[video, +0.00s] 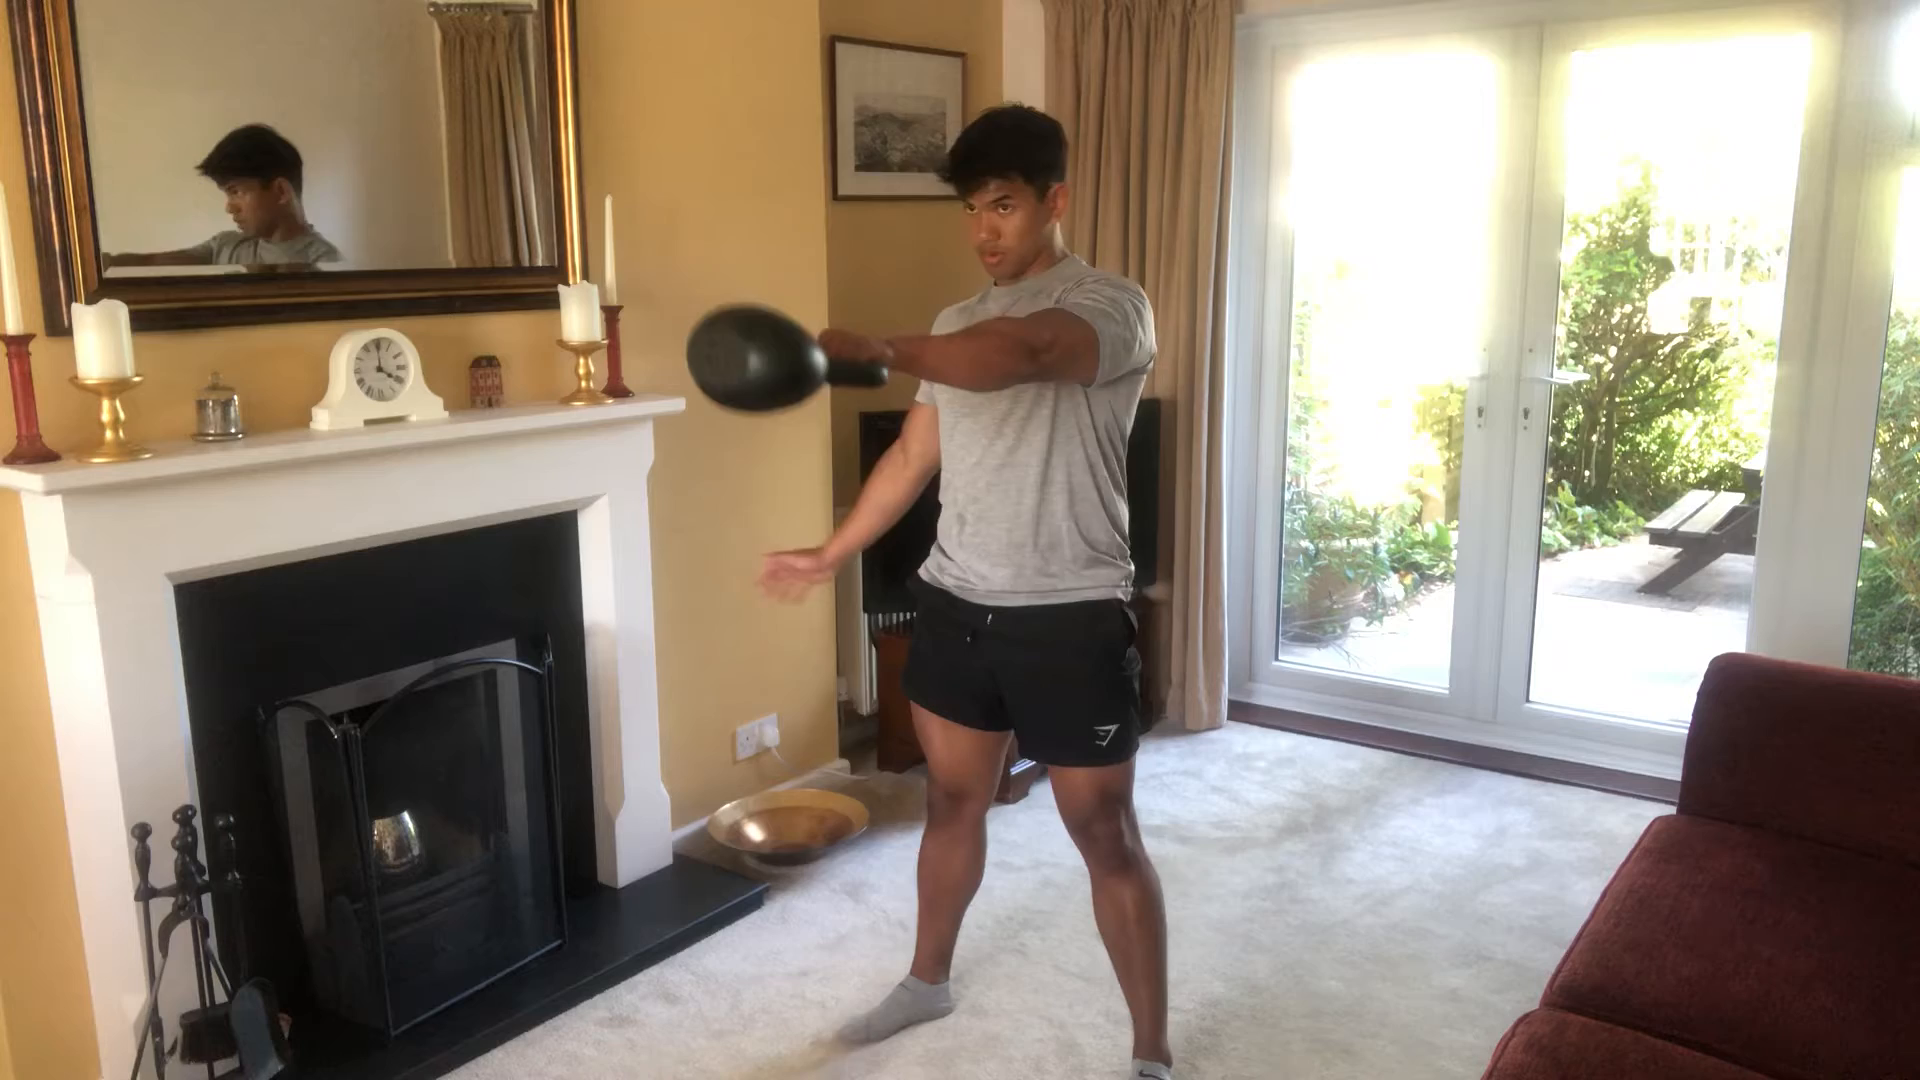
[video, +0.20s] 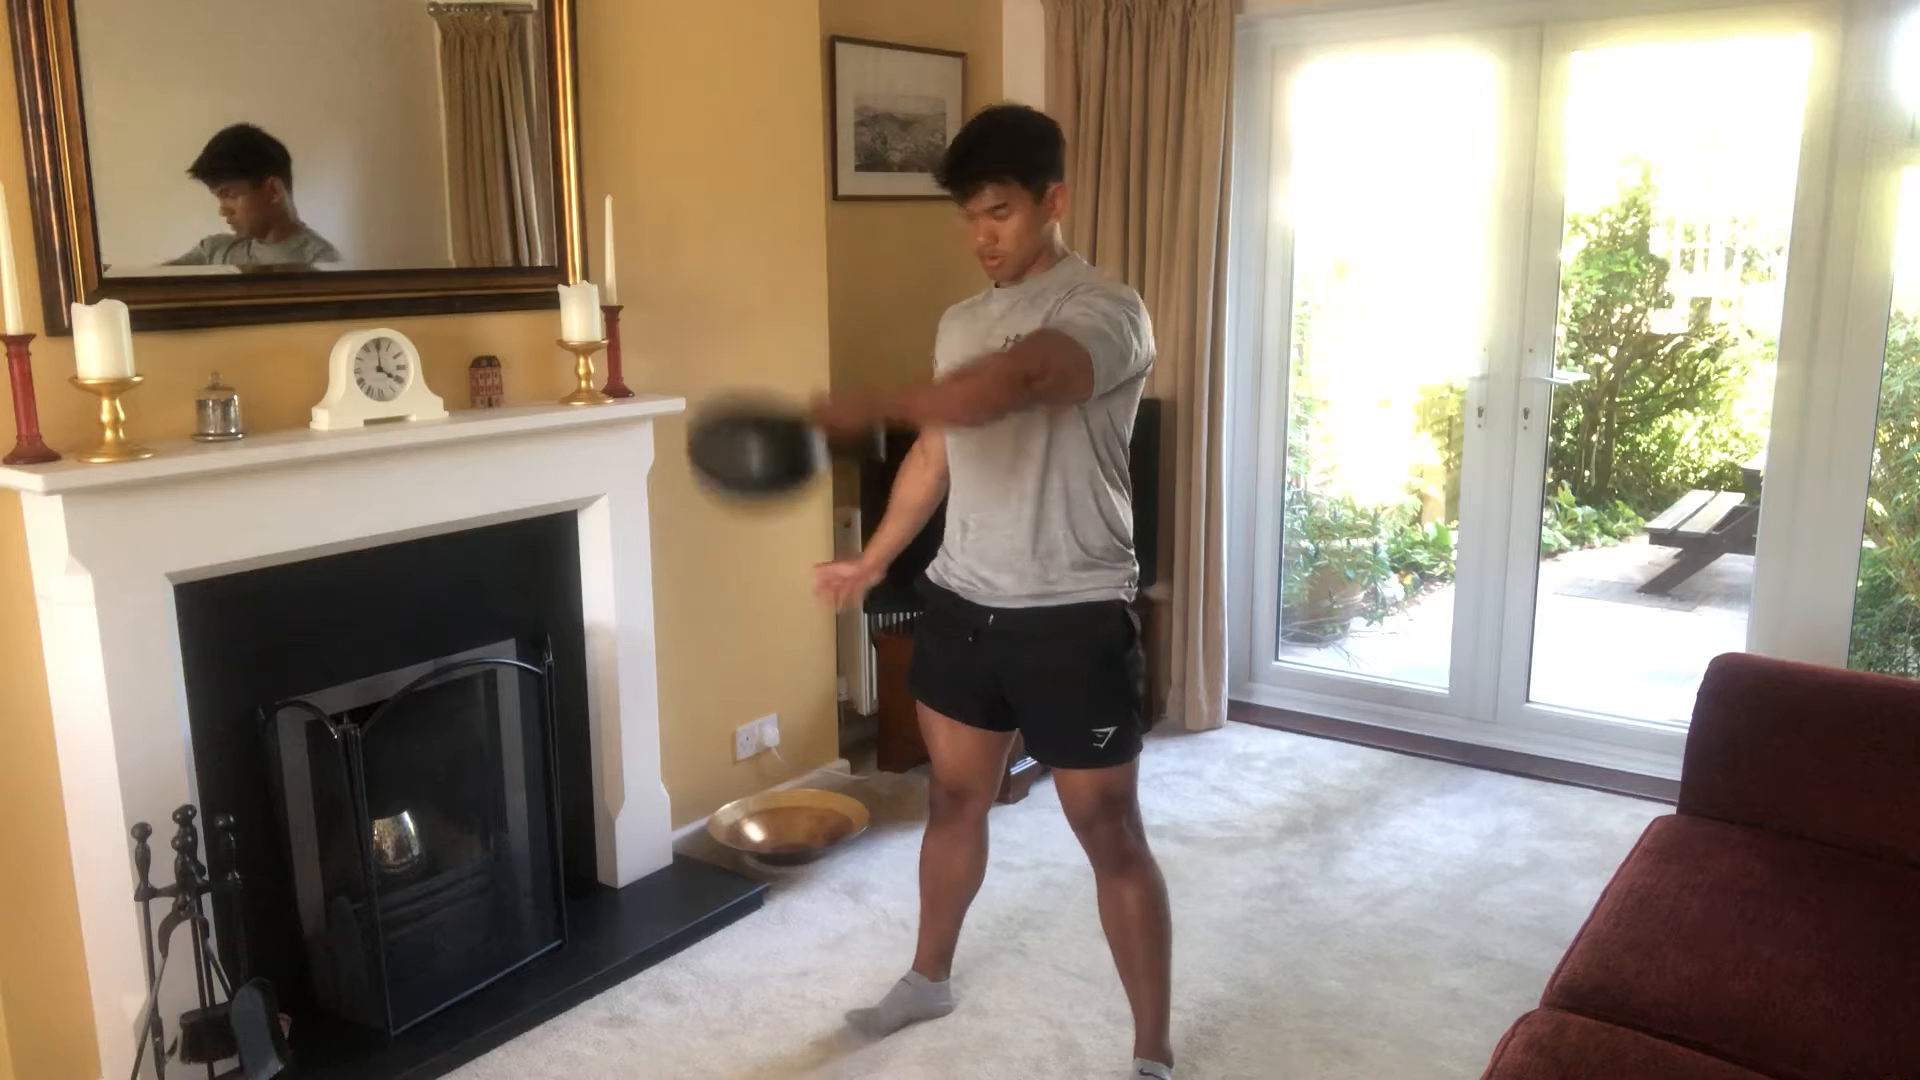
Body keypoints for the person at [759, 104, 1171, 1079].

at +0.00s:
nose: (982, 228)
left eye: (1003, 205)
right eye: (971, 208)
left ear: (1056, 202)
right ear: (962, 210)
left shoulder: (1118, 307)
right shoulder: (956, 327)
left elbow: (1022, 350)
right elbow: (910, 457)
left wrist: (880, 350)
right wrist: (832, 550)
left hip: (1075, 616)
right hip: (956, 607)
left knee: (1105, 834)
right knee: (951, 805)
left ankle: (1152, 1055)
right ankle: (927, 982)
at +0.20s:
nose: (981, 233)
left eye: (1000, 211)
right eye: (970, 214)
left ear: (1054, 201)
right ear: (961, 212)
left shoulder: (1110, 309)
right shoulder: (959, 325)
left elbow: (1027, 376)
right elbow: (931, 453)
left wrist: (882, 405)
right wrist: (873, 558)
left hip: (1077, 617)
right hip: (963, 608)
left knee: (1109, 833)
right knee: (952, 800)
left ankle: (1153, 1053)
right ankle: (929, 978)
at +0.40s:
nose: (933, 267)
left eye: (948, 244)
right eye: (922, 250)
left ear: (1002, 221)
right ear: (917, 243)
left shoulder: (1077, 327)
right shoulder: (944, 328)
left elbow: (1000, 477)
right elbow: (940, 452)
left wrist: (912, 604)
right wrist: (892, 552)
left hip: (1084, 615)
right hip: (973, 605)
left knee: (1107, 841)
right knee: (940, 801)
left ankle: (1150, 1057)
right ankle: (926, 983)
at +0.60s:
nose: (833, 416)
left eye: (840, 394)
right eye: (821, 398)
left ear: (891, 360)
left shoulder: (1002, 440)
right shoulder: (887, 424)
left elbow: (1005, 624)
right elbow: (953, 505)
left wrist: (996, 758)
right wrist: (918, 569)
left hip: (1096, 637)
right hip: (990, 626)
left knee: (1120, 863)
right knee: (907, 800)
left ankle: (1151, 1060)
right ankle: (924, 983)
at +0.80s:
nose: (778, 608)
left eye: (783, 588)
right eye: (765, 594)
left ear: (835, 553)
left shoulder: (961, 607)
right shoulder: (849, 486)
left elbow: (1025, 721)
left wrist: (1061, 761)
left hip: (1099, 648)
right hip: (992, 644)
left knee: (1126, 881)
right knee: (885, 808)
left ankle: (1154, 1064)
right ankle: (922, 984)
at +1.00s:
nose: (784, 486)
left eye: (790, 461)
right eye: (773, 468)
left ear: (843, 430)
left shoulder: (963, 514)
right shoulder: (853, 456)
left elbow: (1011, 667)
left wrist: (1039, 748)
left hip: (1090, 635)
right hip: (980, 632)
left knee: (1125, 871)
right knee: (897, 801)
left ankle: (1155, 1060)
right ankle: (922, 984)